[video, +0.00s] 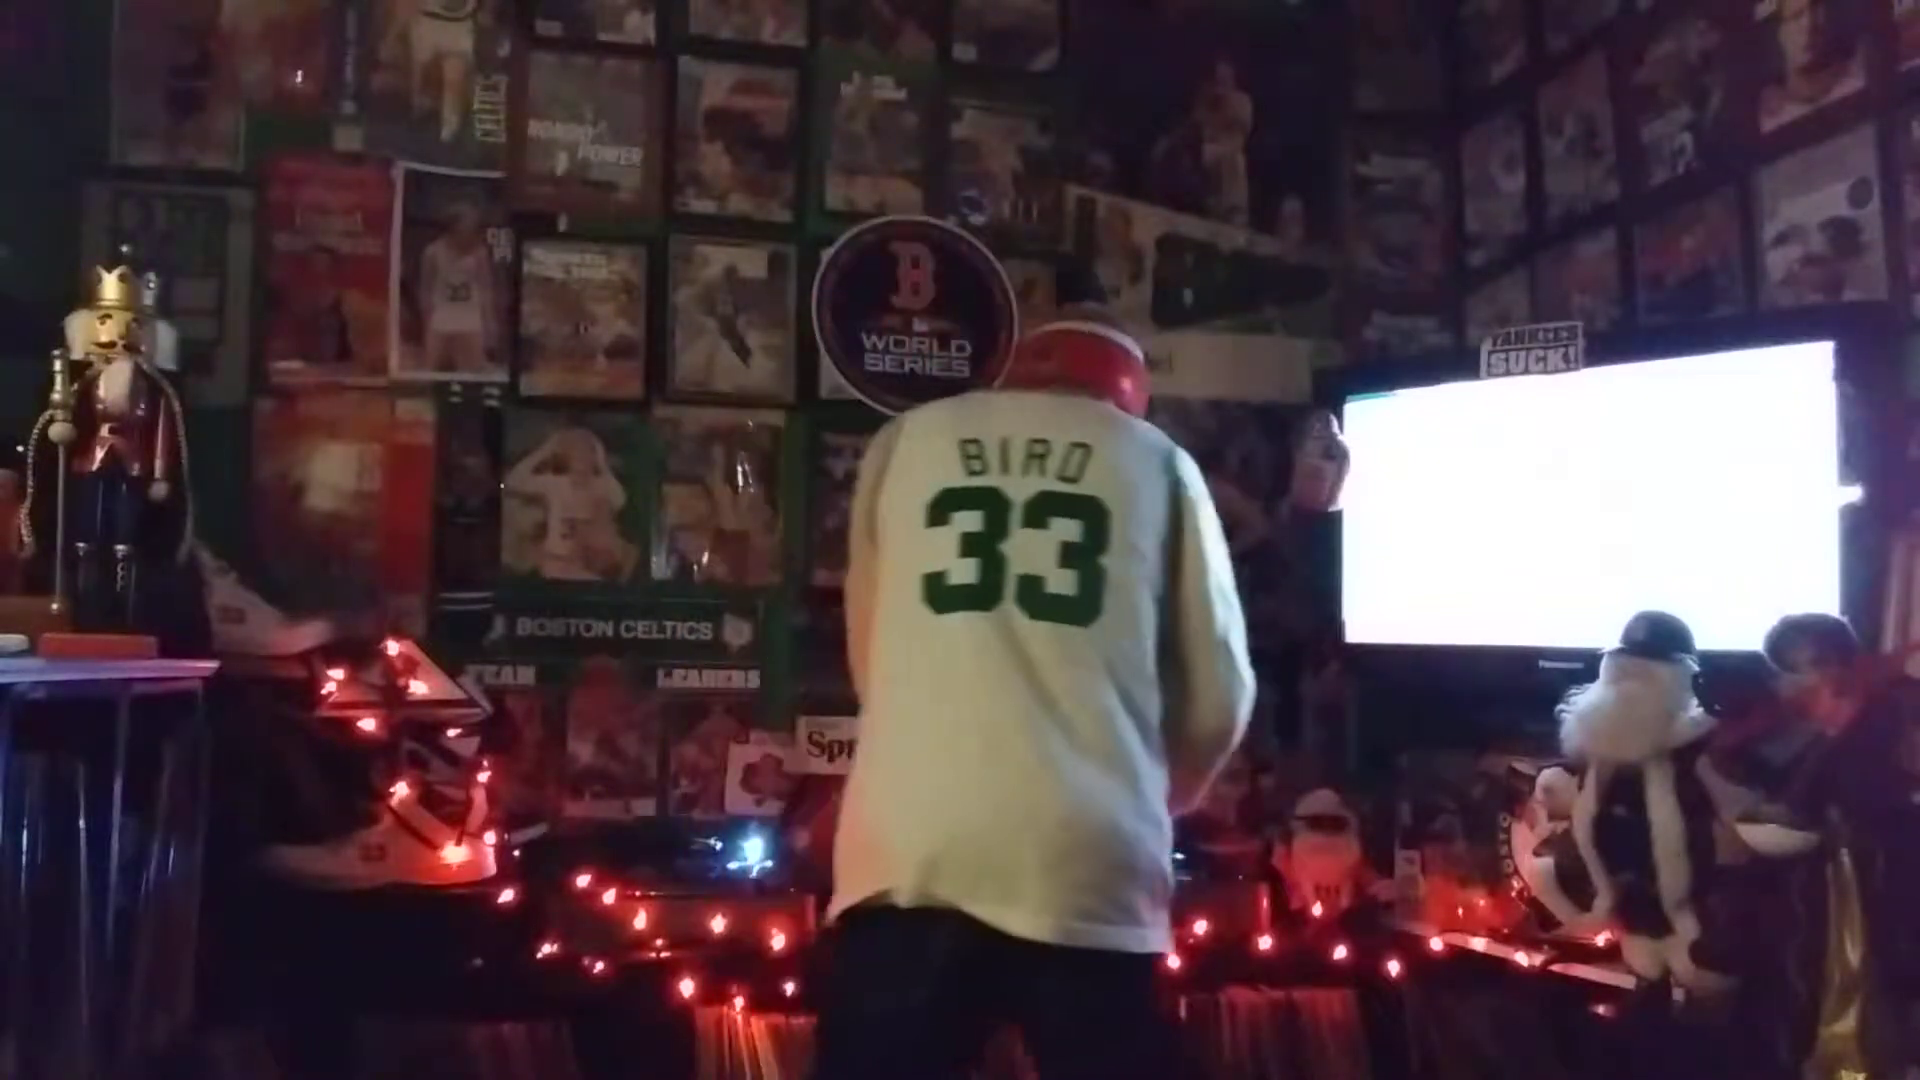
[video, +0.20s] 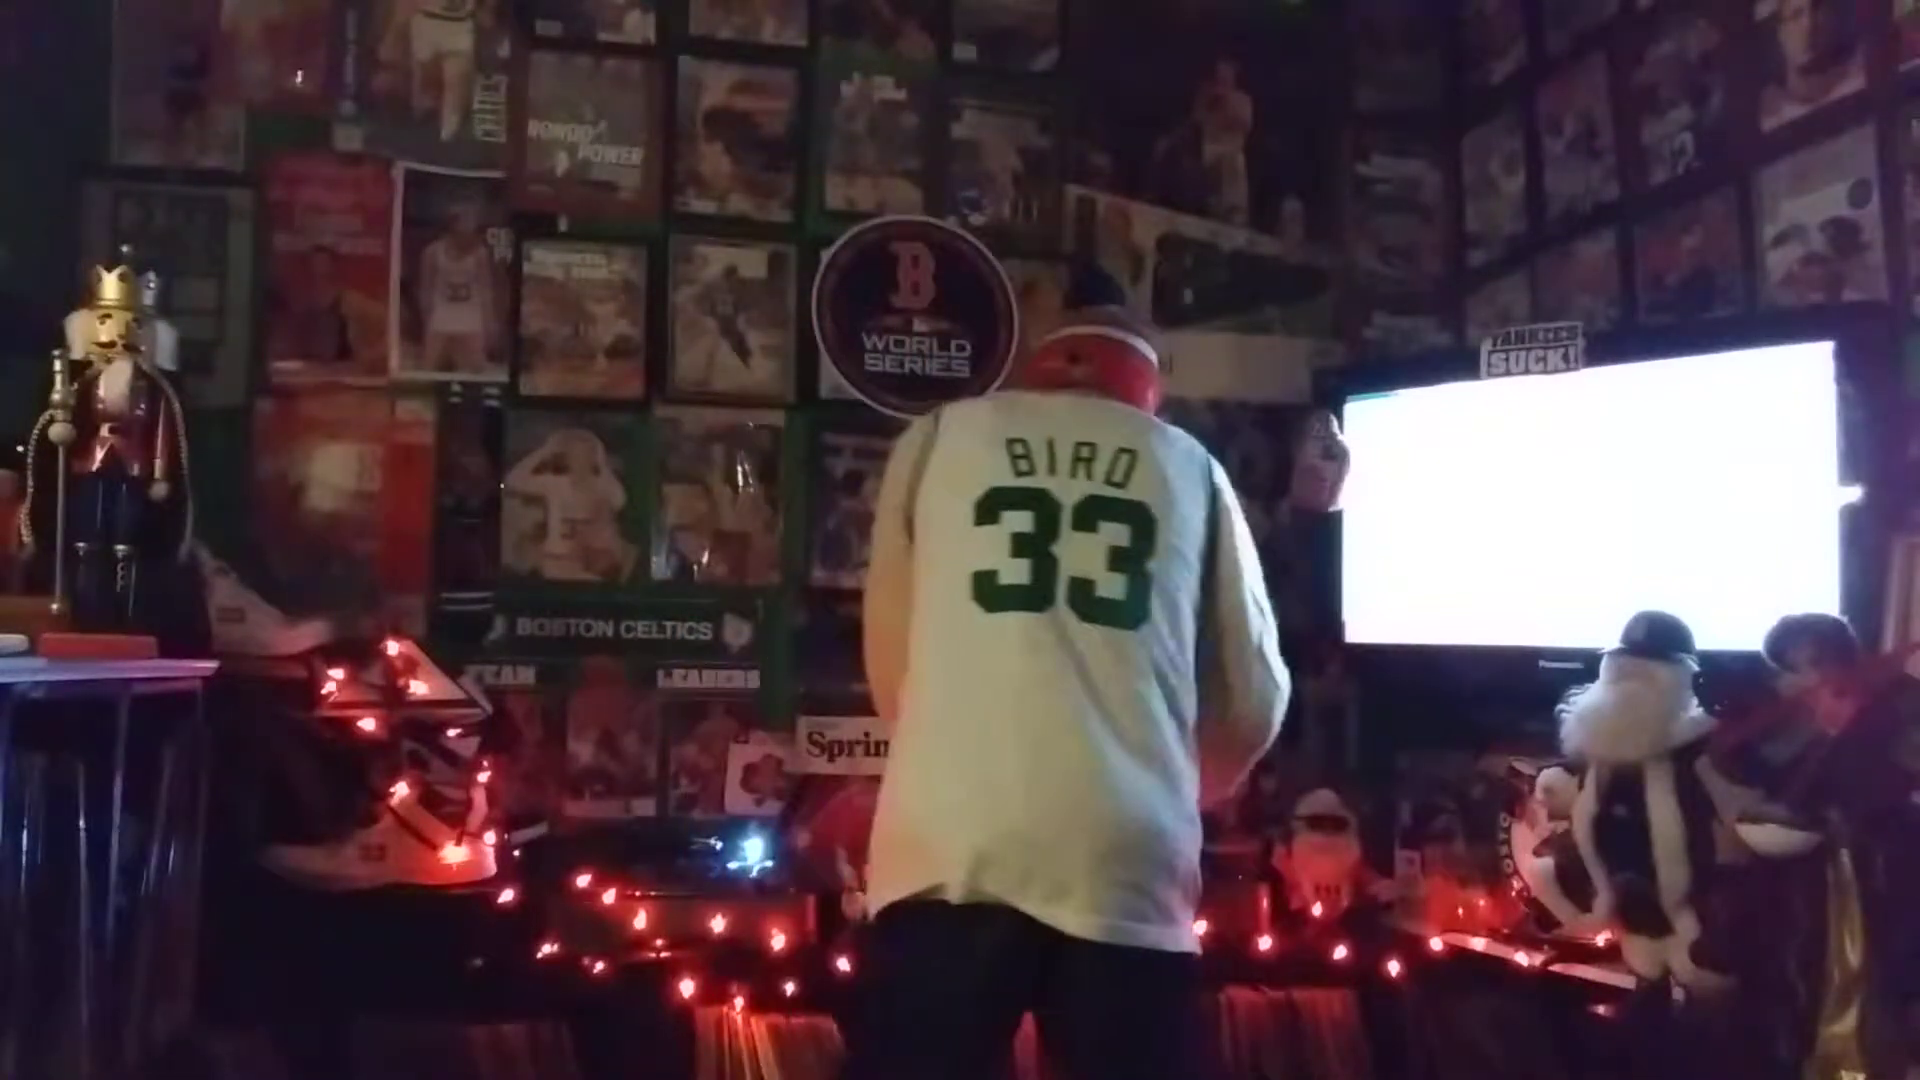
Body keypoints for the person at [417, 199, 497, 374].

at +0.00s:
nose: (467, 234)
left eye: (471, 229)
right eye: (463, 228)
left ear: (476, 229)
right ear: (453, 227)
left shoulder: (479, 252)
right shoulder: (434, 252)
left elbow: (486, 289)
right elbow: (425, 287)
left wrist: (490, 324)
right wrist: (427, 316)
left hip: (470, 323)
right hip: (440, 323)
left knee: (471, 378)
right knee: (435, 377)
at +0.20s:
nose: (465, 236)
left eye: (469, 231)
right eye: (461, 231)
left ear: (475, 231)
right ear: (451, 229)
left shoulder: (480, 253)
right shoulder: (433, 253)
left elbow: (487, 291)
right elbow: (425, 289)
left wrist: (490, 324)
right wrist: (428, 319)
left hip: (471, 327)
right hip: (439, 326)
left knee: (472, 380)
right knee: (432, 379)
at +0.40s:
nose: (465, 235)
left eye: (469, 230)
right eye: (461, 230)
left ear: (475, 229)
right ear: (451, 228)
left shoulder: (482, 254)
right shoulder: (434, 253)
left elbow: (488, 290)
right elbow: (426, 288)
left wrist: (490, 322)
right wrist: (428, 317)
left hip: (472, 325)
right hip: (440, 324)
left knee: (473, 378)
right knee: (431, 377)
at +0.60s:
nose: (465, 236)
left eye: (469, 231)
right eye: (461, 231)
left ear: (475, 230)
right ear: (452, 229)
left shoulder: (481, 253)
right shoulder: (433, 253)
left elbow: (487, 290)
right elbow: (425, 288)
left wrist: (490, 322)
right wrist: (428, 317)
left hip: (472, 327)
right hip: (439, 326)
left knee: (472, 380)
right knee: (431, 378)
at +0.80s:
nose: (467, 235)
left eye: (471, 230)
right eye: (463, 229)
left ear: (476, 231)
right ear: (453, 229)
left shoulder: (480, 253)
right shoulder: (434, 252)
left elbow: (487, 289)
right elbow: (426, 288)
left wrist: (489, 322)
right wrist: (427, 316)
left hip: (472, 323)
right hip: (440, 323)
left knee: (475, 374)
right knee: (432, 373)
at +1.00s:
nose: (467, 237)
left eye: (471, 232)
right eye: (463, 231)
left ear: (476, 231)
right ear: (453, 230)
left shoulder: (480, 253)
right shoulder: (434, 253)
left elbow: (486, 289)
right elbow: (426, 289)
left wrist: (489, 322)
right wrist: (428, 320)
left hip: (472, 324)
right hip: (440, 324)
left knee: (475, 374)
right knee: (431, 374)